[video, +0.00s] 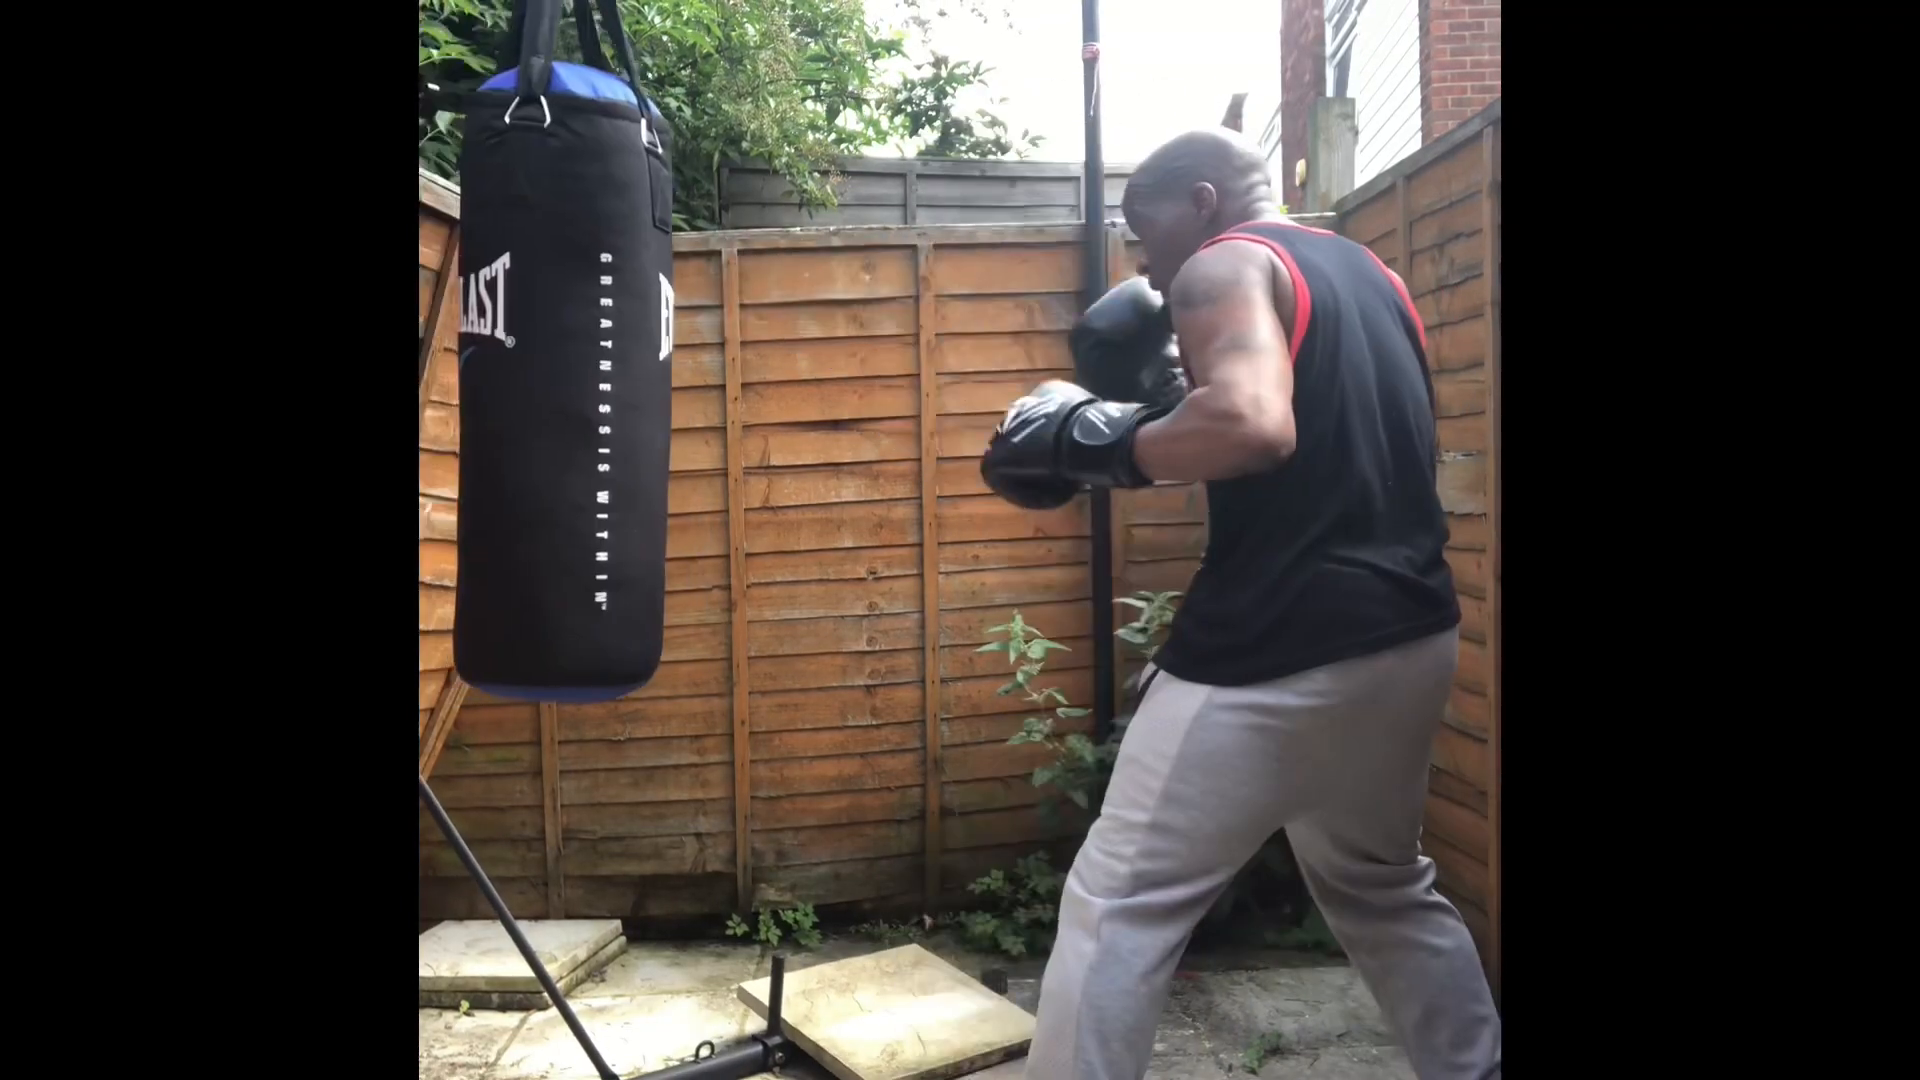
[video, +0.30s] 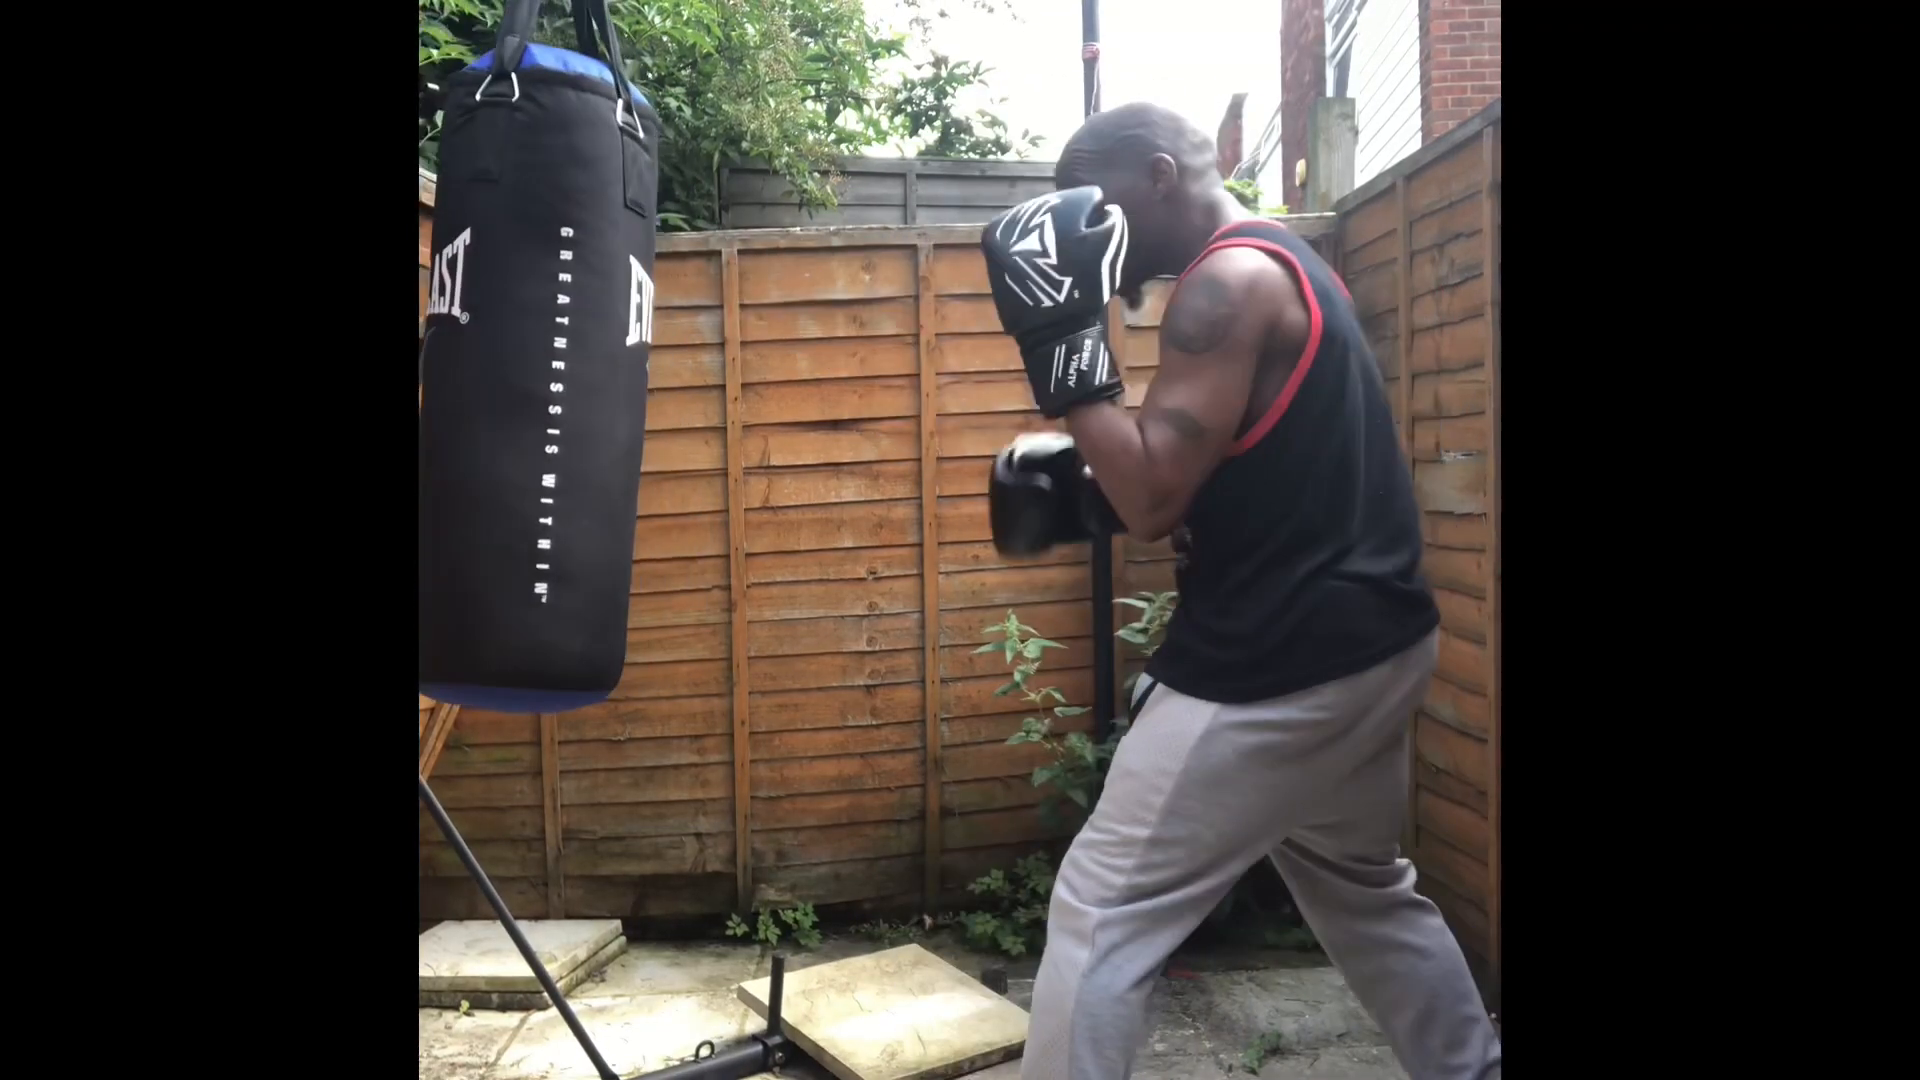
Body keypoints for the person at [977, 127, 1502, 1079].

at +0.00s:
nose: (1142, 260)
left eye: (1144, 233)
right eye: (1135, 238)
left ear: (1206, 204)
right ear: (1241, 201)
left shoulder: (1225, 266)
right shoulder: (1371, 271)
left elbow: (1252, 422)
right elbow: (1358, 410)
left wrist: (1097, 439)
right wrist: (1185, 360)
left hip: (1270, 647)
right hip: (1410, 638)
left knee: (1116, 908)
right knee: (1381, 882)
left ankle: (1068, 1071)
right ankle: (1476, 1066)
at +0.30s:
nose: (1098, 236)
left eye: (1101, 207)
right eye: (1086, 216)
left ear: (1162, 179)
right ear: (1181, 181)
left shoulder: (1230, 279)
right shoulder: (1283, 259)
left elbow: (1146, 494)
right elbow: (1255, 473)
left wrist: (1063, 339)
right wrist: (1102, 492)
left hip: (1267, 657)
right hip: (1372, 631)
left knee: (1100, 913)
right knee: (1362, 886)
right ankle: (1472, 1066)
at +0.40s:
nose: (1044, 247)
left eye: (1050, 219)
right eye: (1034, 225)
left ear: (1121, 194)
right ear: (1129, 197)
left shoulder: (1224, 303)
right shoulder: (1191, 295)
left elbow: (1159, 525)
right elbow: (1180, 486)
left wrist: (1050, 371)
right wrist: (1075, 549)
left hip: (1254, 666)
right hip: (1330, 642)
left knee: (1078, 897)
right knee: (1326, 882)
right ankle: (1464, 1067)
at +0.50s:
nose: (1003, 252)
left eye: (1015, 219)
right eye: (999, 225)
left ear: (1098, 209)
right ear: (1102, 214)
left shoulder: (1205, 309)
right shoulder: (1159, 314)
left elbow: (1193, 539)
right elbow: (1152, 503)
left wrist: (1040, 426)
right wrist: (1033, 506)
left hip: (1243, 666)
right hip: (1304, 650)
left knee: (1056, 895)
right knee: (1299, 876)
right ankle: (1463, 1065)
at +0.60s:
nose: (1027, 216)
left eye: (1041, 189)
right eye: (1026, 192)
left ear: (1124, 186)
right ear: (1133, 191)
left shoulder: (1179, 283)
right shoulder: (1197, 273)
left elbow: (1232, 485)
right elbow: (1186, 465)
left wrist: (1041, 469)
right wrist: (1081, 395)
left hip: (1233, 662)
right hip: (1325, 636)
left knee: (1065, 899)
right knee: (1332, 877)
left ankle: (1032, 1072)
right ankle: (1470, 1064)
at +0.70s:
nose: (1066, 223)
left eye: (1080, 196)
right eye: (1064, 199)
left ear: (1154, 188)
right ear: (1175, 191)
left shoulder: (1196, 275)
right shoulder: (1275, 259)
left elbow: (1252, 458)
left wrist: (1074, 451)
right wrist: (1108, 351)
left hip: (1239, 657)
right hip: (1357, 632)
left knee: (1089, 906)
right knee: (1363, 879)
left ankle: (1047, 1070)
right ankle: (1476, 1064)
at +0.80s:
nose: (1096, 237)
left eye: (1111, 206)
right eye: (1094, 211)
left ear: (1189, 195)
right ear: (1200, 200)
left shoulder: (1232, 283)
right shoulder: (1294, 271)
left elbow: (1259, 479)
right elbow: (1254, 444)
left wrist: (1096, 441)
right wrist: (1140, 375)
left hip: (1249, 668)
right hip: (1364, 647)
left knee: (1087, 893)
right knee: (1365, 874)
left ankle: (1054, 1068)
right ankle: (1478, 1061)